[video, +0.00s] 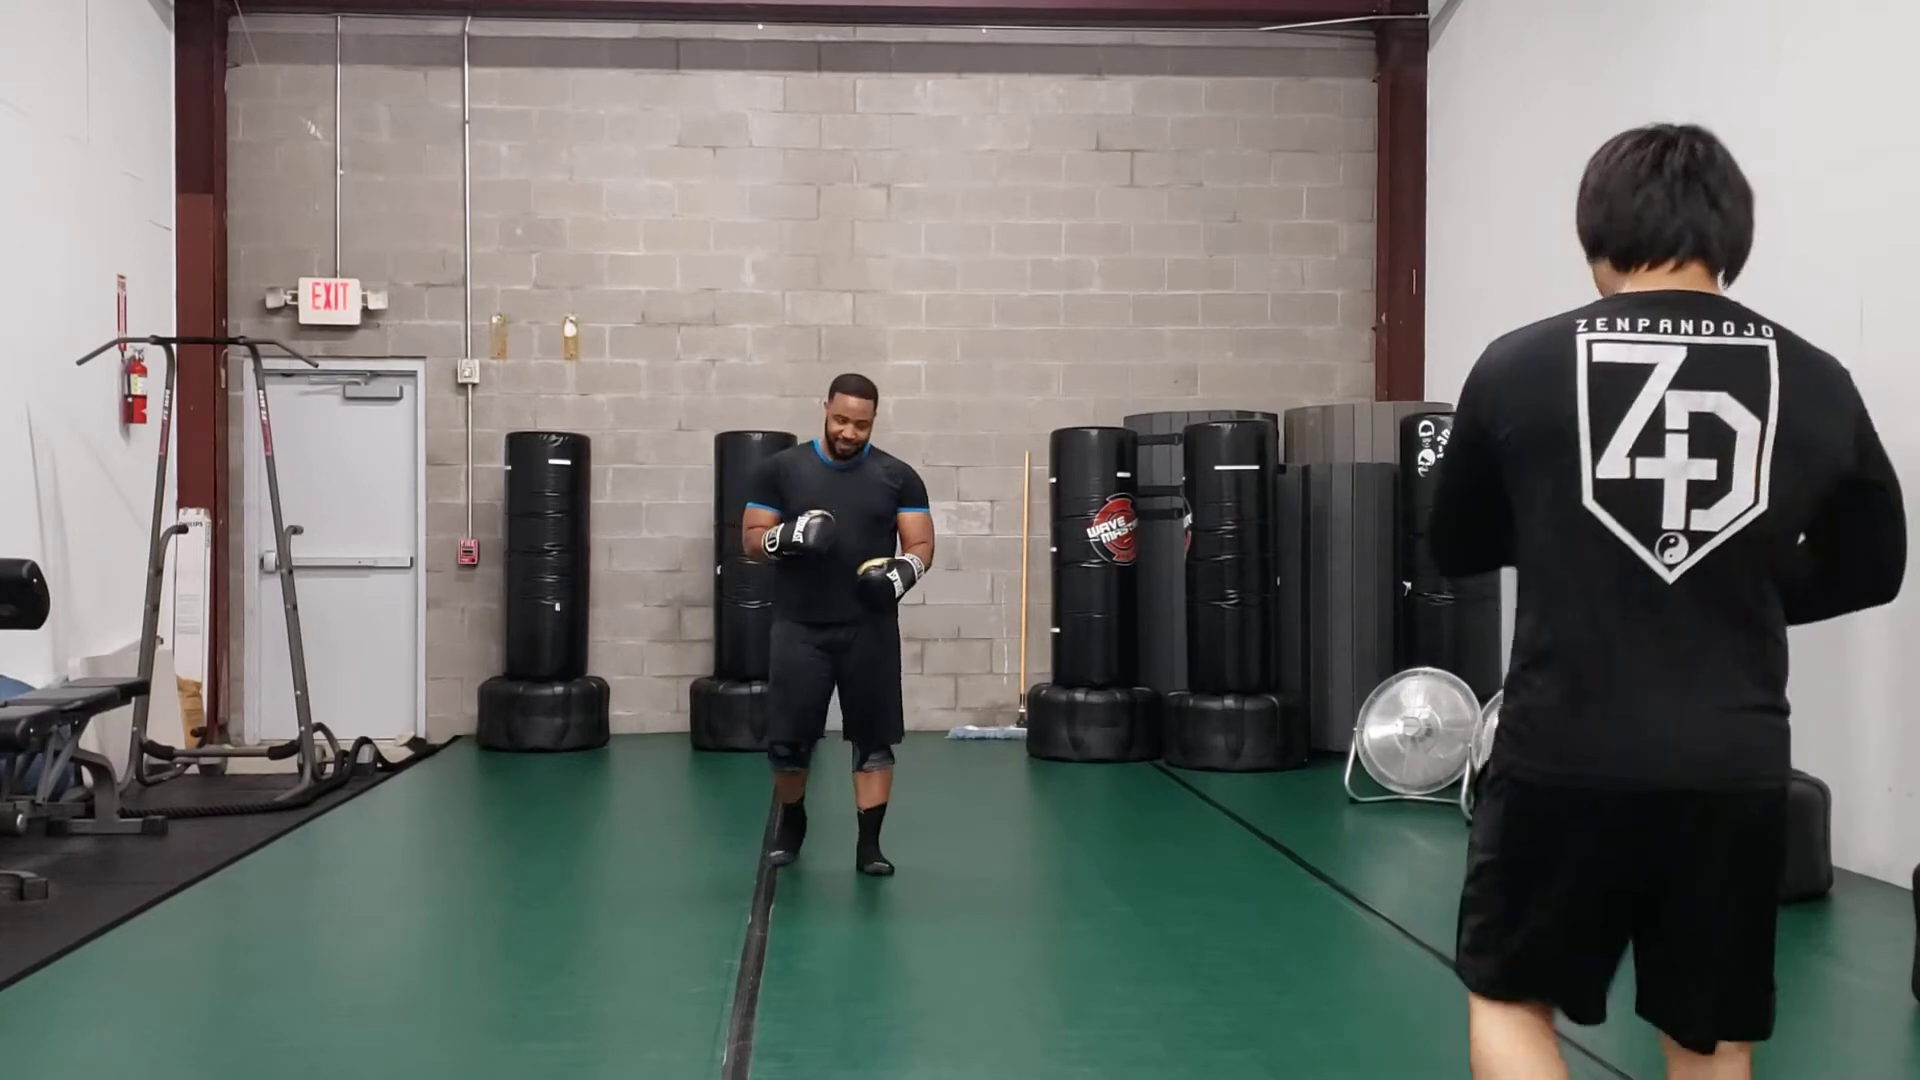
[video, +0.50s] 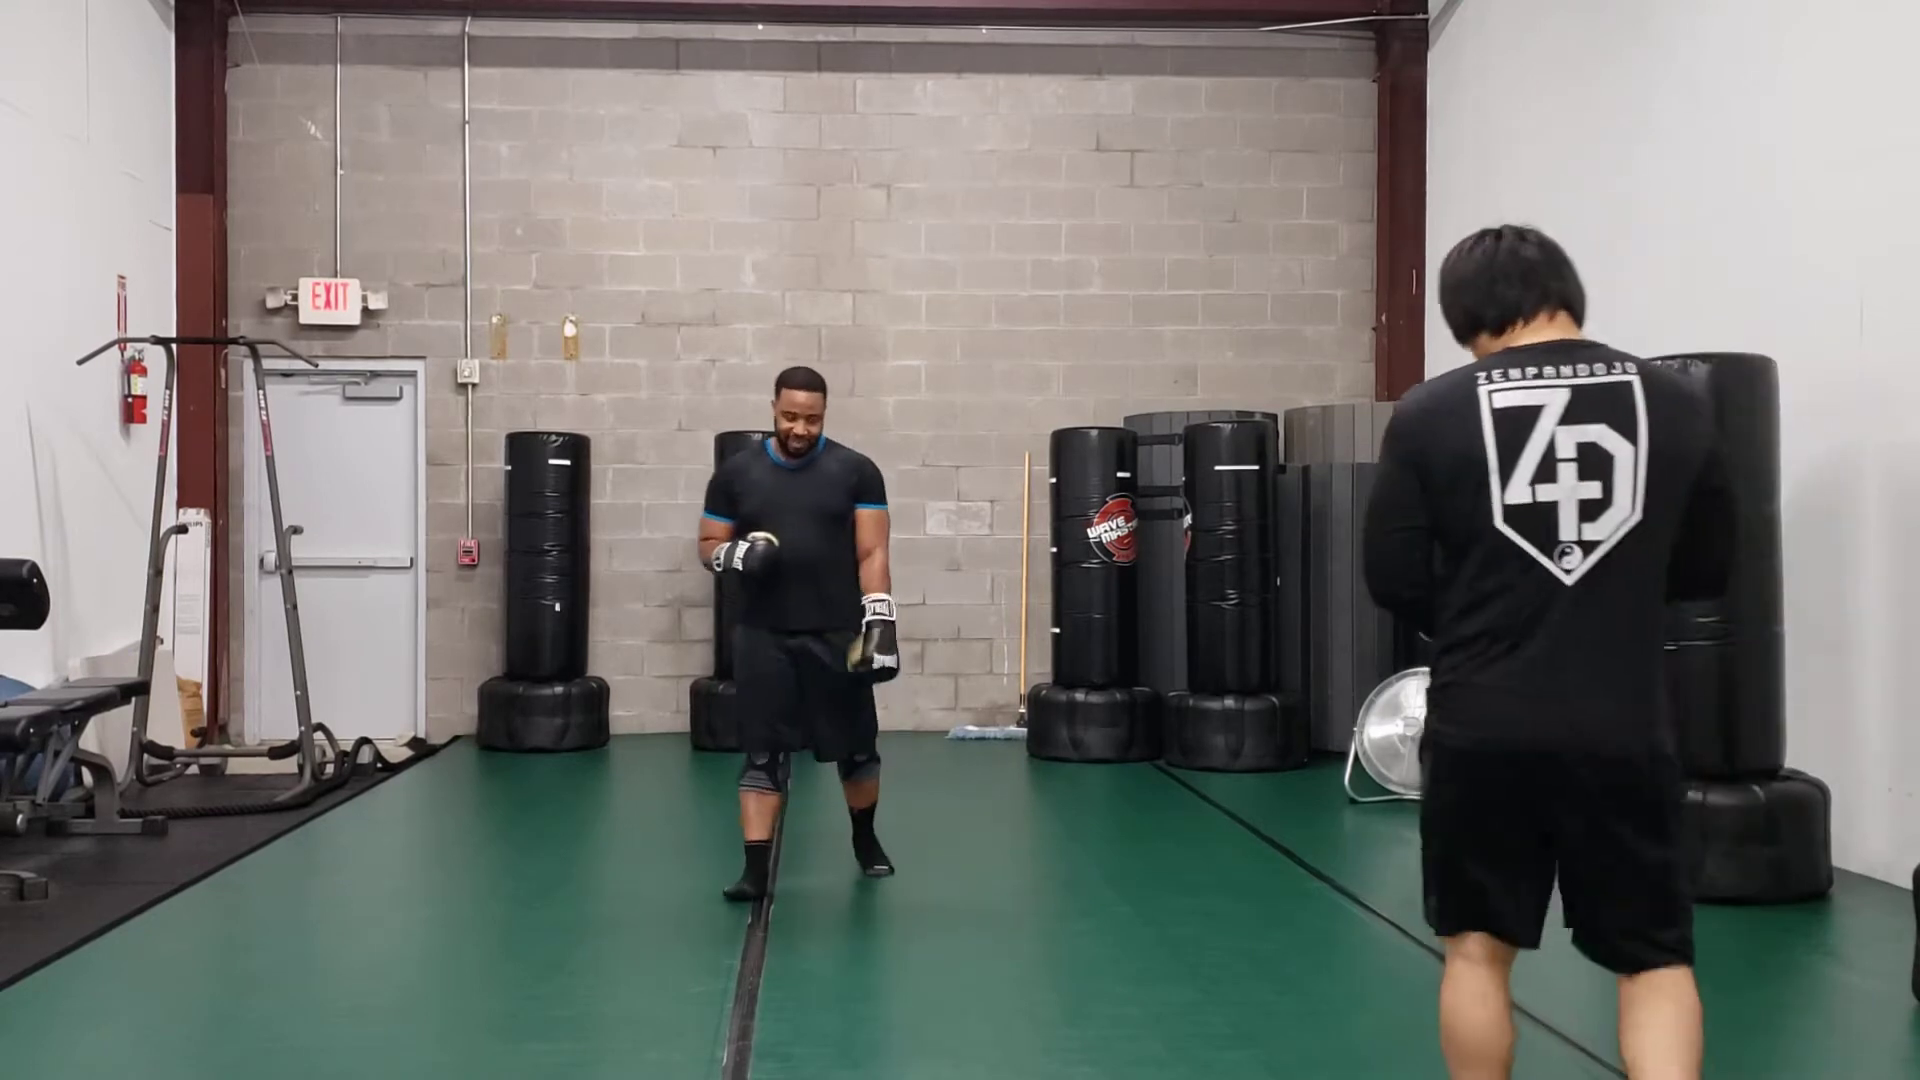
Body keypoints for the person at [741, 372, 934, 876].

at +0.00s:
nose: (849, 432)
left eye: (860, 424)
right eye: (841, 420)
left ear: (874, 423)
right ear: (825, 411)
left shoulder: (898, 478)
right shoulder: (782, 470)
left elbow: (921, 545)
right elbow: (751, 540)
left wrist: (902, 571)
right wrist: (782, 537)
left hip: (870, 629)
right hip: (798, 629)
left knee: (875, 739)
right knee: (787, 741)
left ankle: (870, 847)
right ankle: (790, 826)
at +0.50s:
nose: (800, 427)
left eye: (811, 418)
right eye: (791, 416)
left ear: (824, 416)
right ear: (774, 411)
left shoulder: (856, 473)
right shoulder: (738, 472)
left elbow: (872, 553)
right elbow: (710, 544)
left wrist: (880, 619)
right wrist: (733, 554)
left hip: (838, 636)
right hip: (764, 638)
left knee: (858, 751)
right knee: (761, 755)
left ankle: (865, 838)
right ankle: (756, 873)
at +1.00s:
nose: (763, 421)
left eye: (774, 411)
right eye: (753, 408)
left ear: (786, 409)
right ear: (732, 399)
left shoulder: (815, 471)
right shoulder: (685, 469)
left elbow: (833, 554)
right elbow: (657, 547)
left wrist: (847, 624)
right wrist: (693, 556)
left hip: (788, 636)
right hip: (718, 640)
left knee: (774, 752)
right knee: (735, 764)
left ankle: (760, 883)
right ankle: (751, 872)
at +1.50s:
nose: (736, 405)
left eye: (750, 396)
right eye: (728, 390)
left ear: (765, 399)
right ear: (708, 384)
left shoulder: (791, 466)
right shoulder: (660, 461)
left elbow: (813, 554)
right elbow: (626, 549)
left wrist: (814, 630)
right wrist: (587, 618)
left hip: (760, 649)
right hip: (673, 646)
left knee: (759, 780)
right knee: (648, 768)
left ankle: (748, 902)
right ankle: (666, 894)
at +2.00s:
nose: (655, 397)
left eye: (669, 387)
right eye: (645, 381)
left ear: (683, 391)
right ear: (622, 374)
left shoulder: (710, 460)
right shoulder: (567, 455)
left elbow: (733, 554)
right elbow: (540, 554)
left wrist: (739, 631)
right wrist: (521, 630)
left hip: (677, 652)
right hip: (588, 654)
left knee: (697, 787)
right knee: (596, 799)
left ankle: (718, 878)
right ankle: (598, 936)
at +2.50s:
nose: (676, 394)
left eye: (686, 384)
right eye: (666, 377)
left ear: (690, 387)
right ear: (627, 364)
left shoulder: (702, 465)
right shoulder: (544, 443)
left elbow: (721, 570)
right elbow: (515, 543)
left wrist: (743, 653)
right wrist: (489, 626)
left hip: (657, 664)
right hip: (559, 661)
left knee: (649, 817)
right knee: (556, 819)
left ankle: (635, 967)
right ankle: (592, 909)